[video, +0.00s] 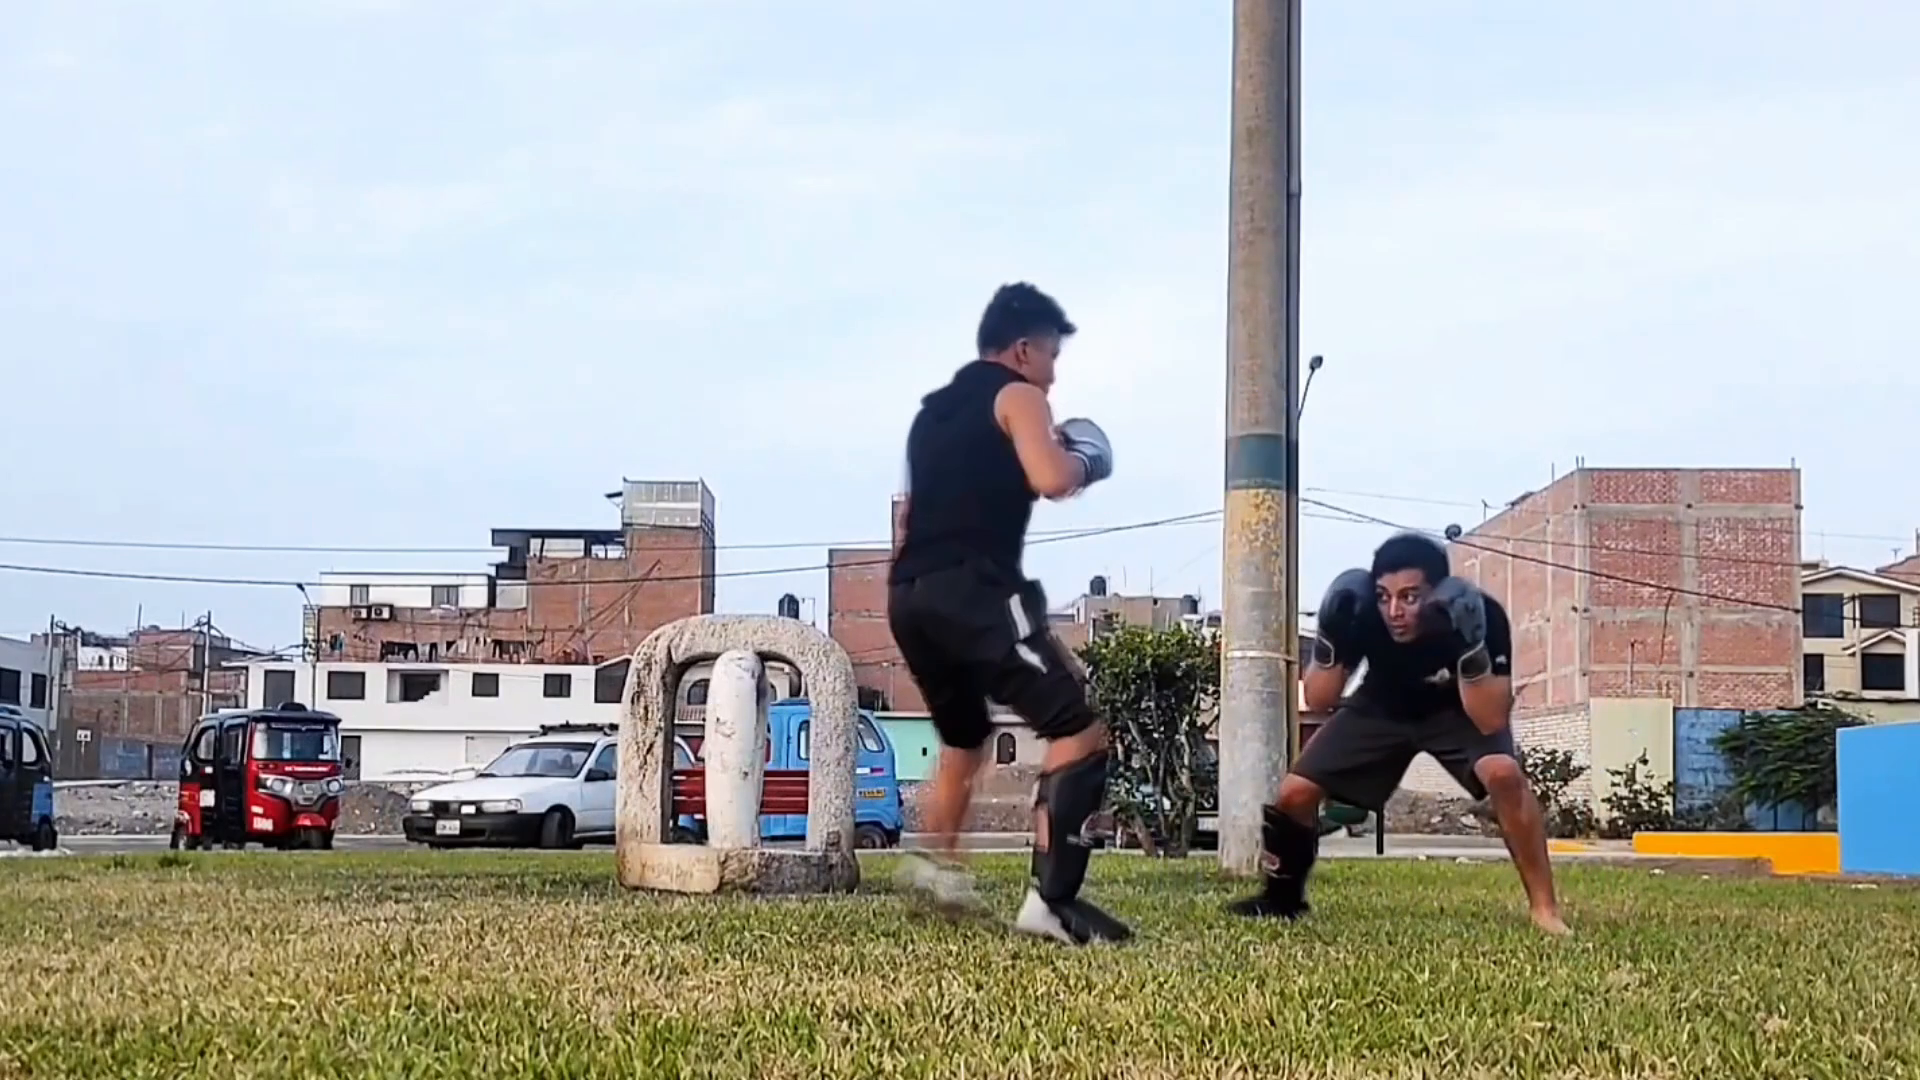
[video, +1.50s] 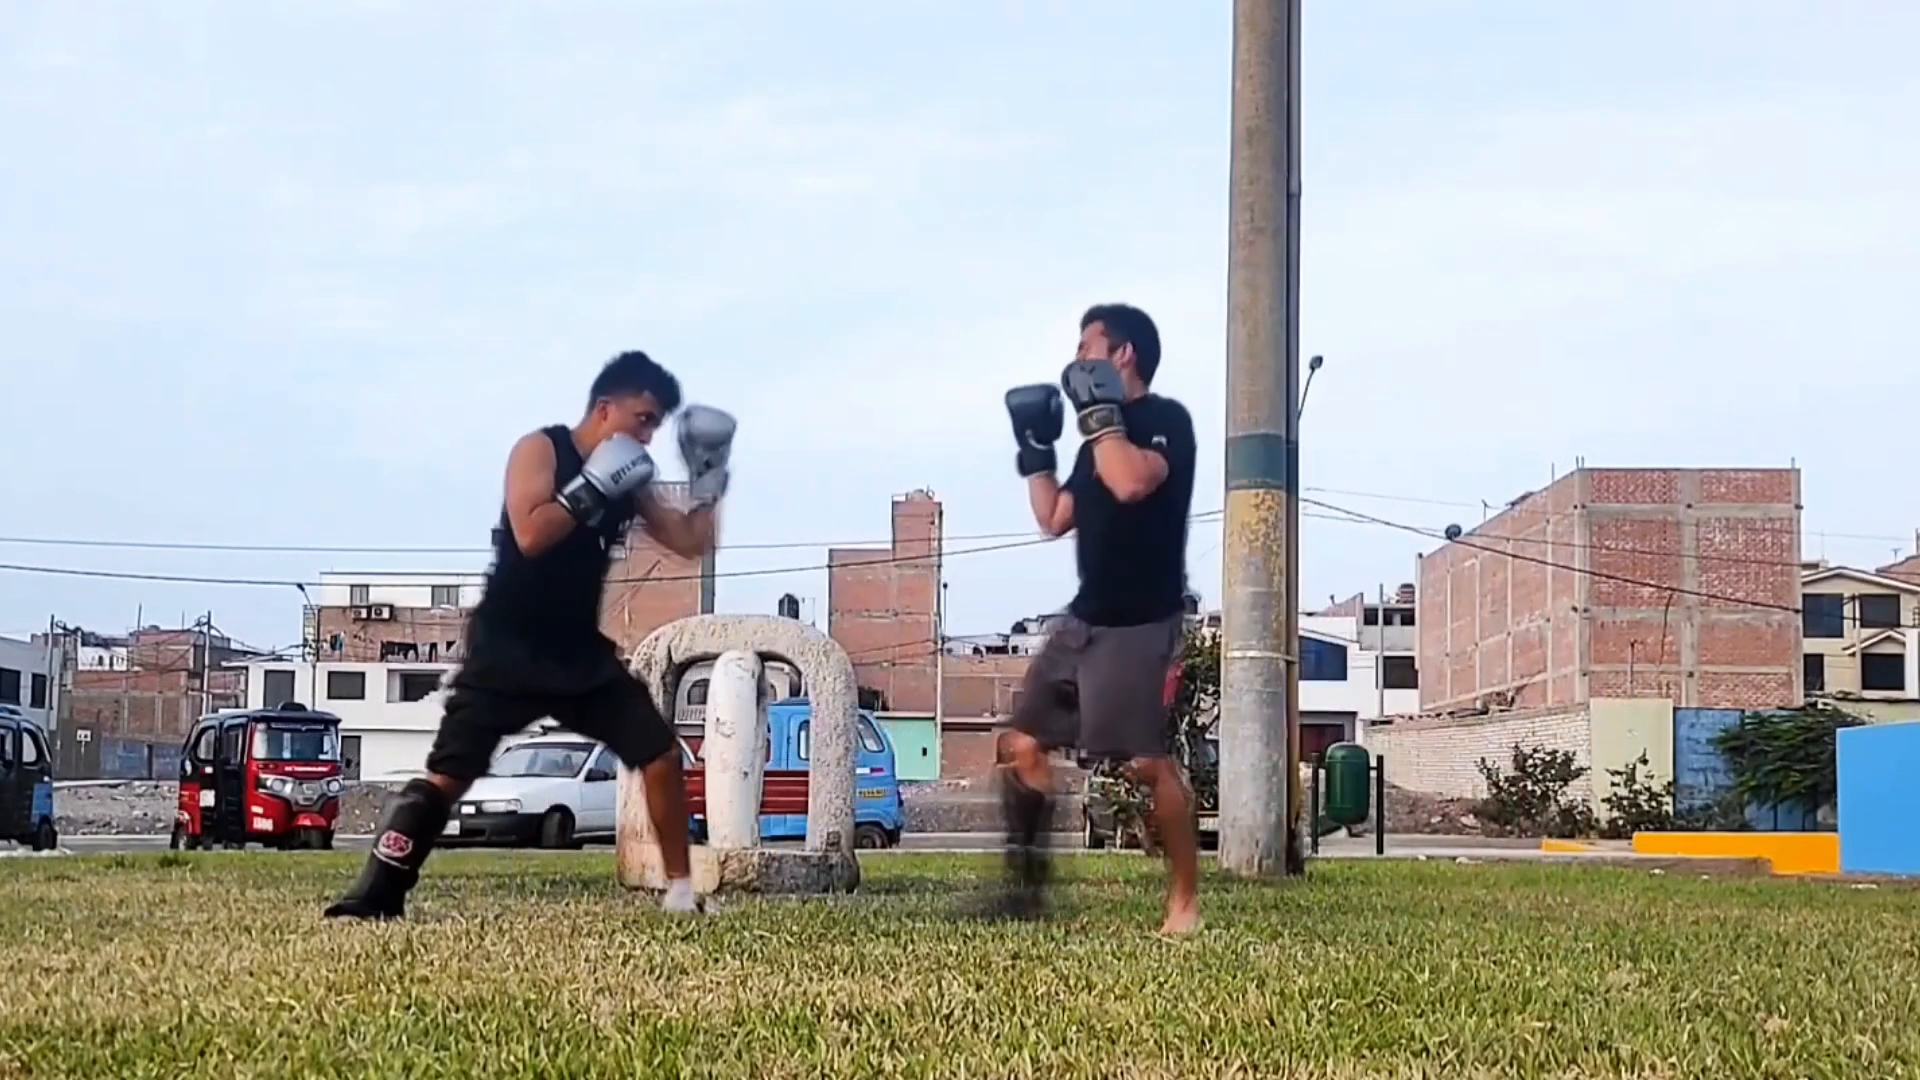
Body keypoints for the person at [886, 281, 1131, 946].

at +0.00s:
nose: (1056, 369)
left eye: (1057, 355)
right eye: (1053, 354)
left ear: (991, 346)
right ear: (1021, 348)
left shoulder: (933, 407)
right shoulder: (1016, 395)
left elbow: (945, 491)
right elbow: (1051, 479)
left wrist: (1037, 445)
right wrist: (1086, 460)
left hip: (911, 596)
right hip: (976, 589)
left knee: (962, 741)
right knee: (1077, 733)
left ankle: (936, 869)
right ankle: (1052, 899)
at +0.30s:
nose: (946, 423)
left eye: (948, 410)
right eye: (941, 408)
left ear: (900, 406)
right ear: (903, 404)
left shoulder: (893, 472)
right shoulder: (866, 451)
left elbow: (889, 582)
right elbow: (826, 525)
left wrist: (937, 532)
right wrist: (906, 527)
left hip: (833, 641)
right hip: (844, 640)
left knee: (848, 781)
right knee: (938, 760)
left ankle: (772, 899)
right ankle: (977, 897)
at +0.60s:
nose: (845, 407)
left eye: (848, 395)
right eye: (840, 393)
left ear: (812, 392)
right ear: (802, 388)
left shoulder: (814, 460)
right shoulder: (740, 439)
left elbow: (888, 518)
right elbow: (717, 526)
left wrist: (897, 442)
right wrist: (785, 485)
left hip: (779, 637)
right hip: (716, 628)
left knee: (826, 761)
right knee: (675, 749)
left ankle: (775, 894)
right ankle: (584, 835)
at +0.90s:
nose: (747, 419)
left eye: (754, 408)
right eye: (742, 401)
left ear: (715, 397)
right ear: (703, 386)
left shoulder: (716, 465)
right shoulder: (635, 421)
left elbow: (791, 494)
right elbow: (592, 493)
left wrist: (787, 420)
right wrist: (667, 462)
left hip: (639, 617)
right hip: (571, 603)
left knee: (687, 738)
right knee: (522, 733)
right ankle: (457, 877)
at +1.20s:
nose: (641, 445)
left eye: (647, 433)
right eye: (635, 427)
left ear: (604, 423)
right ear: (596, 415)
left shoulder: (603, 492)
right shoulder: (526, 460)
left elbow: (648, 574)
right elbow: (511, 544)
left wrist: (678, 505)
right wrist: (579, 499)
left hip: (561, 660)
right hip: (489, 656)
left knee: (649, 755)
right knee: (439, 787)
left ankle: (630, 899)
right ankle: (369, 904)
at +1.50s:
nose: (650, 435)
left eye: (656, 425)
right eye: (644, 419)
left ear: (623, 416)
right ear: (604, 408)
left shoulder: (629, 478)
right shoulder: (538, 450)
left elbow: (691, 541)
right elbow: (531, 536)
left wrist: (709, 472)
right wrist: (594, 484)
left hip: (580, 654)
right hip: (507, 650)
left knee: (663, 757)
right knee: (447, 777)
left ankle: (682, 899)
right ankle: (374, 897)